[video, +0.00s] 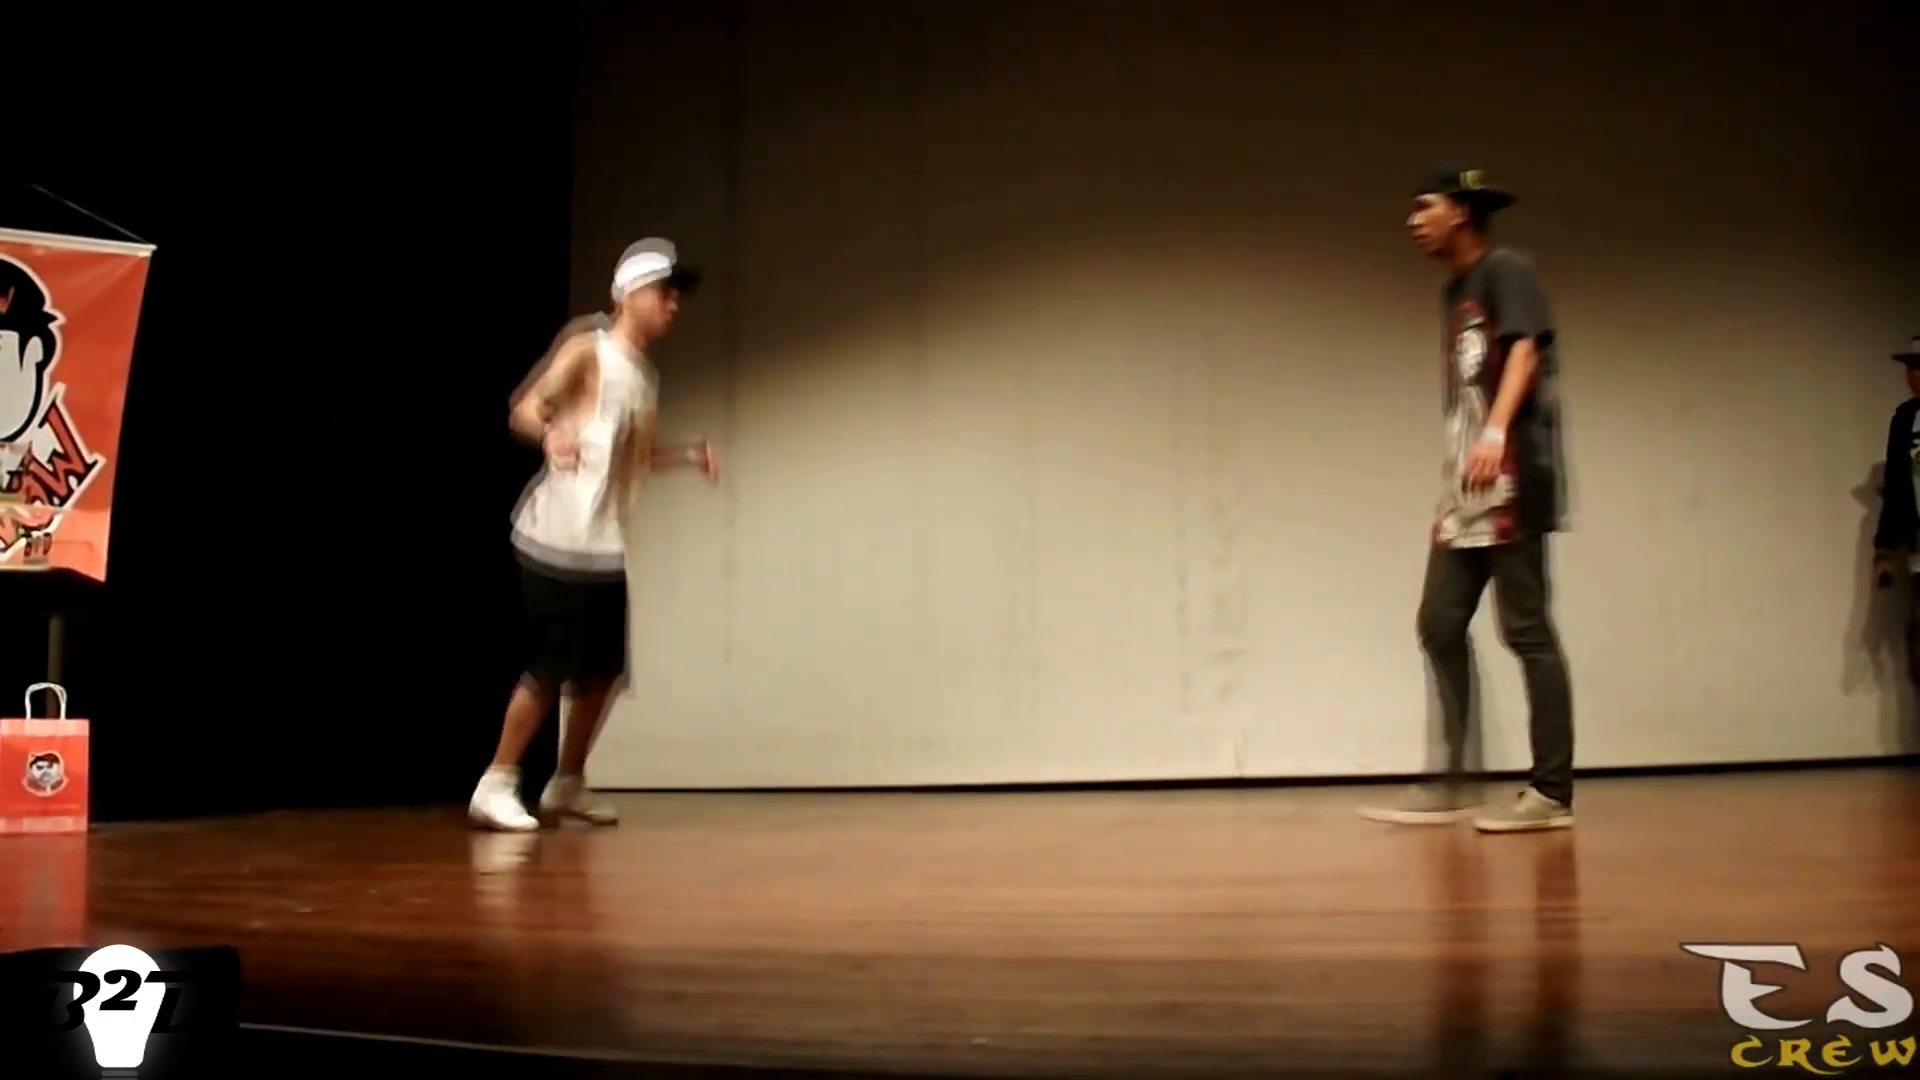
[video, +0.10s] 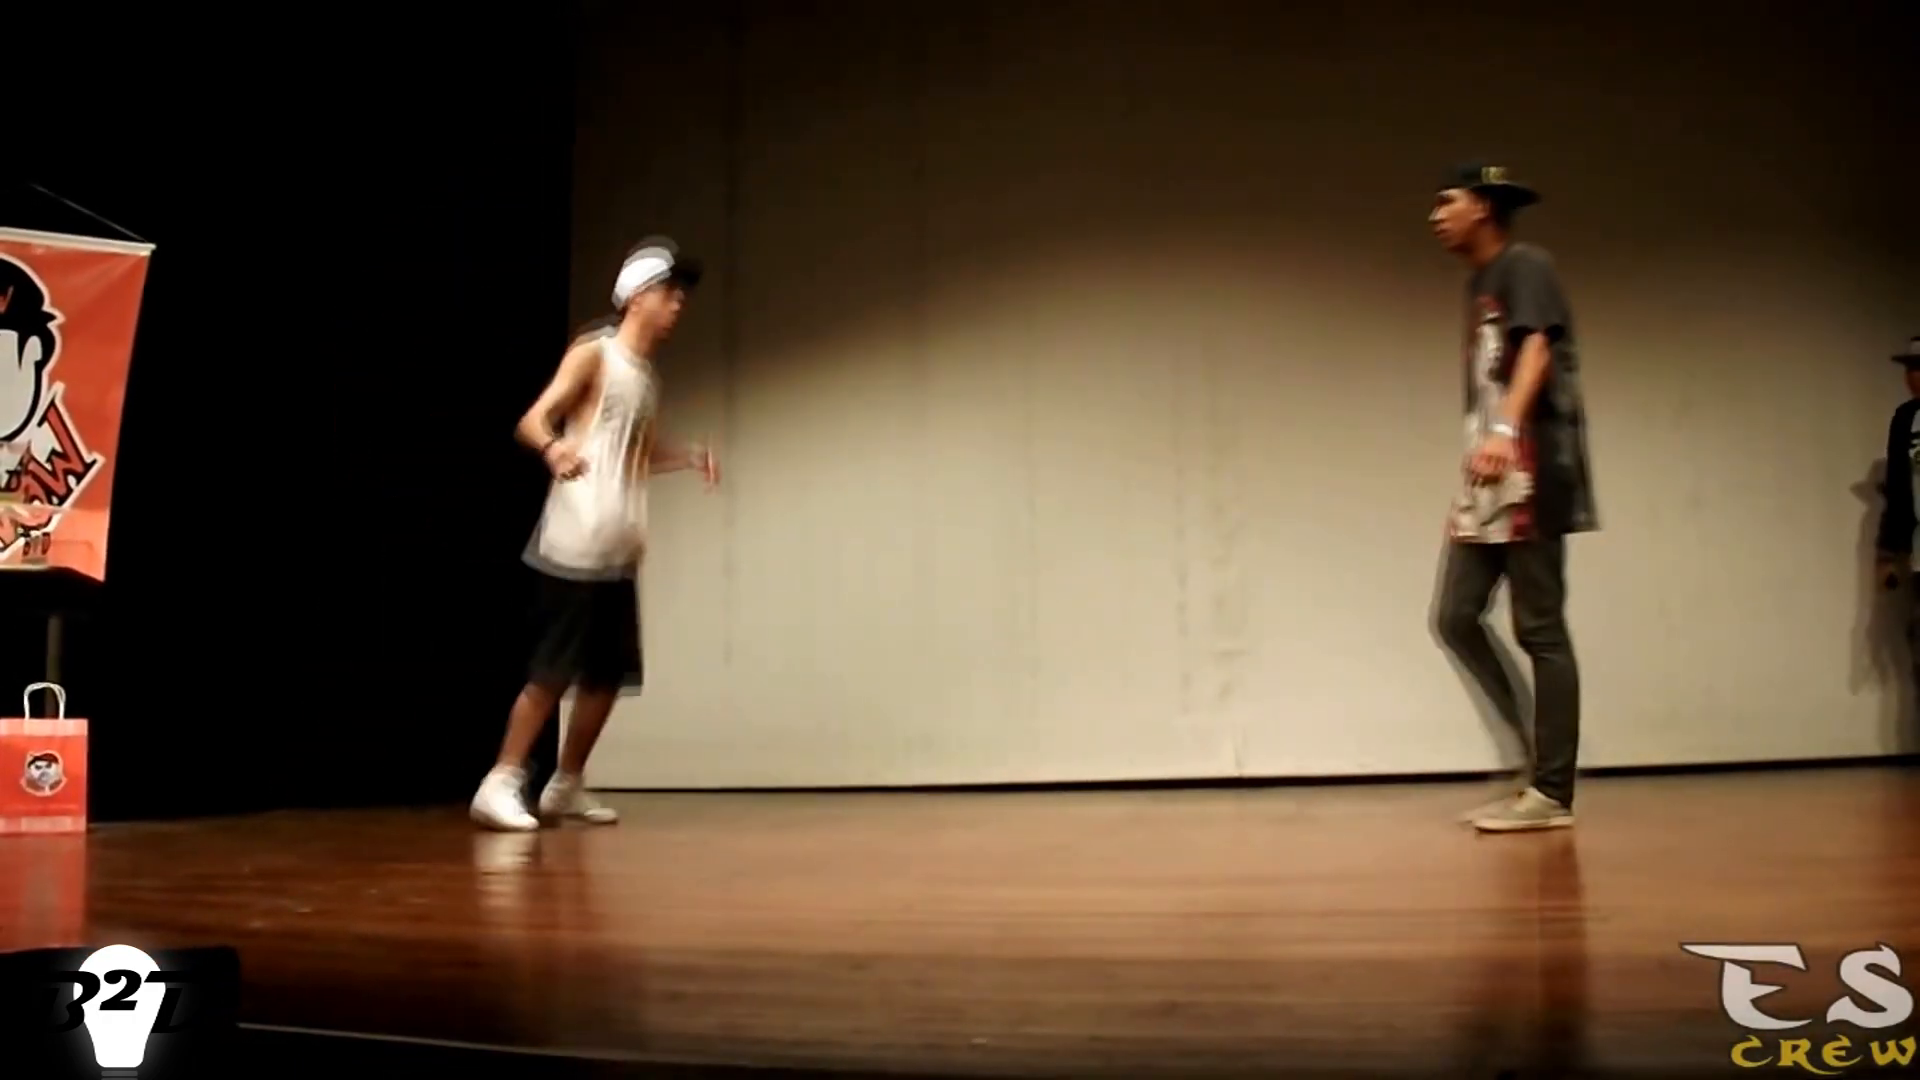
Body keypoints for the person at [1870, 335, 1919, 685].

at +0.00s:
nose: (1910, 377)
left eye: (1913, 369)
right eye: (1909, 369)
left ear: (1919, 372)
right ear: (1911, 374)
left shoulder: (1908, 418)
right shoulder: (1906, 418)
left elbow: (1897, 491)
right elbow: (1897, 490)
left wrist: (1888, 550)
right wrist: (1887, 550)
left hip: (1915, 552)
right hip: (1915, 553)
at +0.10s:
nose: (1911, 378)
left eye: (1914, 370)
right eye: (1909, 371)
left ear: (1919, 374)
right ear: (1910, 375)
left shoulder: (1908, 418)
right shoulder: (1906, 418)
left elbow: (1899, 493)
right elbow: (1899, 493)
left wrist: (1892, 553)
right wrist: (1891, 553)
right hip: (1918, 558)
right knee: (1919, 651)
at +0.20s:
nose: (1910, 378)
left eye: (1913, 370)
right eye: (1909, 370)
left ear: (1918, 374)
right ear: (1909, 375)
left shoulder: (1908, 419)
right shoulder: (1906, 418)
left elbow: (1900, 493)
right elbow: (1900, 493)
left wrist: (1894, 554)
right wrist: (1893, 554)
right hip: (1919, 558)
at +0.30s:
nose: (1910, 378)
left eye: (1912, 369)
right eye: (1909, 369)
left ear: (1915, 374)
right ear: (1910, 374)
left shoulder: (1909, 418)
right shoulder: (1907, 417)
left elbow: (1902, 490)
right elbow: (1901, 490)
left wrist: (1898, 554)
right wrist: (1897, 553)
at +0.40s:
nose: (1912, 376)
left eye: (1913, 368)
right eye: (1911, 368)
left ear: (1916, 373)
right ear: (1913, 373)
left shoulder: (1911, 417)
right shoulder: (1909, 417)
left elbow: (1904, 488)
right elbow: (1903, 488)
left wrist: (1899, 551)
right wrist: (1899, 551)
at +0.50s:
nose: (1912, 376)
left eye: (1914, 369)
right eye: (1911, 368)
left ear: (1918, 372)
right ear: (1913, 372)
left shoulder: (1912, 417)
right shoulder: (1910, 417)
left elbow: (1905, 491)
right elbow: (1904, 491)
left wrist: (1896, 550)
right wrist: (1895, 550)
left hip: (1918, 559)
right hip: (1917, 559)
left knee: (1917, 652)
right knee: (1916, 652)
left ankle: (1917, 740)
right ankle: (1917, 740)